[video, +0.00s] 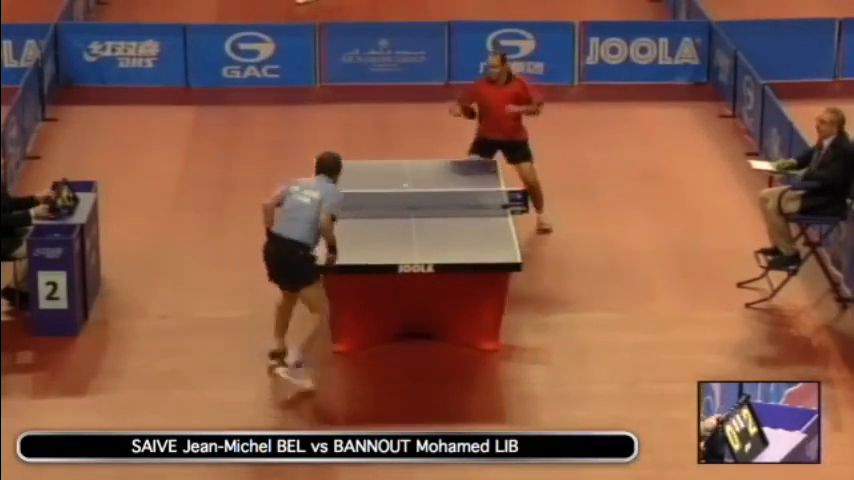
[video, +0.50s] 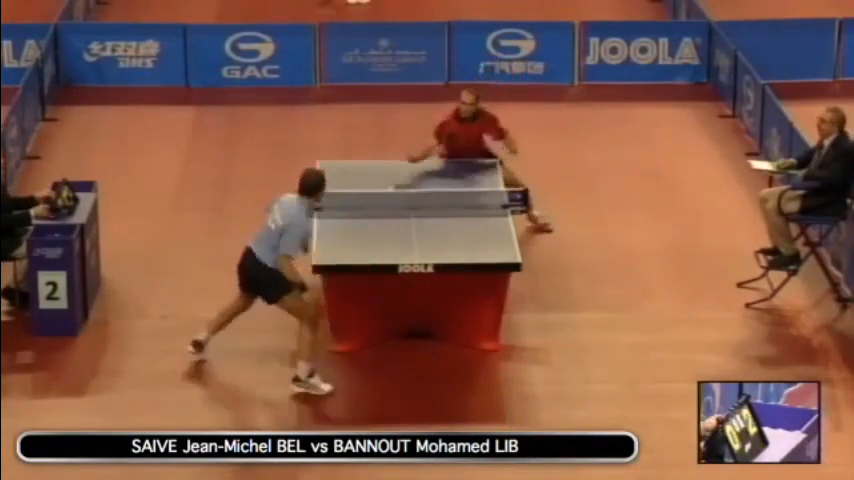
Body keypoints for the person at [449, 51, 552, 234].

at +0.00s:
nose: (491, 71)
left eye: (495, 67)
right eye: (490, 67)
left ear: (505, 67)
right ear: (488, 67)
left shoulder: (518, 85)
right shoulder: (480, 86)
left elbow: (535, 108)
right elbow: (469, 110)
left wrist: (519, 109)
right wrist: (462, 110)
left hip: (514, 139)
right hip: (486, 138)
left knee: (530, 179)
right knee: (472, 175)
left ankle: (540, 217)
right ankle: (471, 218)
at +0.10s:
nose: (485, 74)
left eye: (489, 71)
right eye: (483, 70)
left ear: (499, 69)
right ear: (481, 70)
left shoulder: (513, 87)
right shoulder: (474, 88)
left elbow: (520, 112)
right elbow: (450, 107)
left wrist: (507, 118)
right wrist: (452, 119)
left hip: (507, 139)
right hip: (479, 139)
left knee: (530, 177)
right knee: (466, 175)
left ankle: (540, 216)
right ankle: (463, 218)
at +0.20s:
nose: (477, 89)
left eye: (482, 85)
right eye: (475, 85)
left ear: (492, 85)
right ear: (472, 84)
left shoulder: (502, 102)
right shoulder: (463, 103)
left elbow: (503, 124)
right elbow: (437, 126)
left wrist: (495, 135)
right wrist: (446, 144)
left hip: (495, 151)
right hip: (468, 153)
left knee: (522, 177)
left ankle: (541, 218)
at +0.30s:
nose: (475, 99)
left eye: (479, 96)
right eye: (473, 95)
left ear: (487, 97)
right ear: (469, 95)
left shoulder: (494, 113)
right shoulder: (457, 114)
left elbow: (495, 134)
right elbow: (437, 134)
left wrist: (490, 147)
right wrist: (445, 150)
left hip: (487, 157)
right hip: (461, 158)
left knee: (522, 184)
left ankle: (541, 219)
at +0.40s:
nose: (468, 110)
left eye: (472, 106)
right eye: (466, 106)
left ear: (479, 107)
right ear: (461, 106)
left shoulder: (486, 121)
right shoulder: (453, 125)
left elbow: (497, 143)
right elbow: (446, 148)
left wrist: (491, 148)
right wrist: (439, 146)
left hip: (484, 163)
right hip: (457, 164)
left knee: (519, 187)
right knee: (431, 188)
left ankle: (538, 220)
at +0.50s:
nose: (464, 108)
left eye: (469, 104)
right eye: (462, 103)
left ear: (477, 105)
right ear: (458, 103)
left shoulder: (487, 120)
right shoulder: (448, 124)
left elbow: (503, 136)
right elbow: (436, 145)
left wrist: (511, 147)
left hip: (487, 166)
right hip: (456, 166)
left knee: (521, 188)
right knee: (422, 184)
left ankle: (532, 219)